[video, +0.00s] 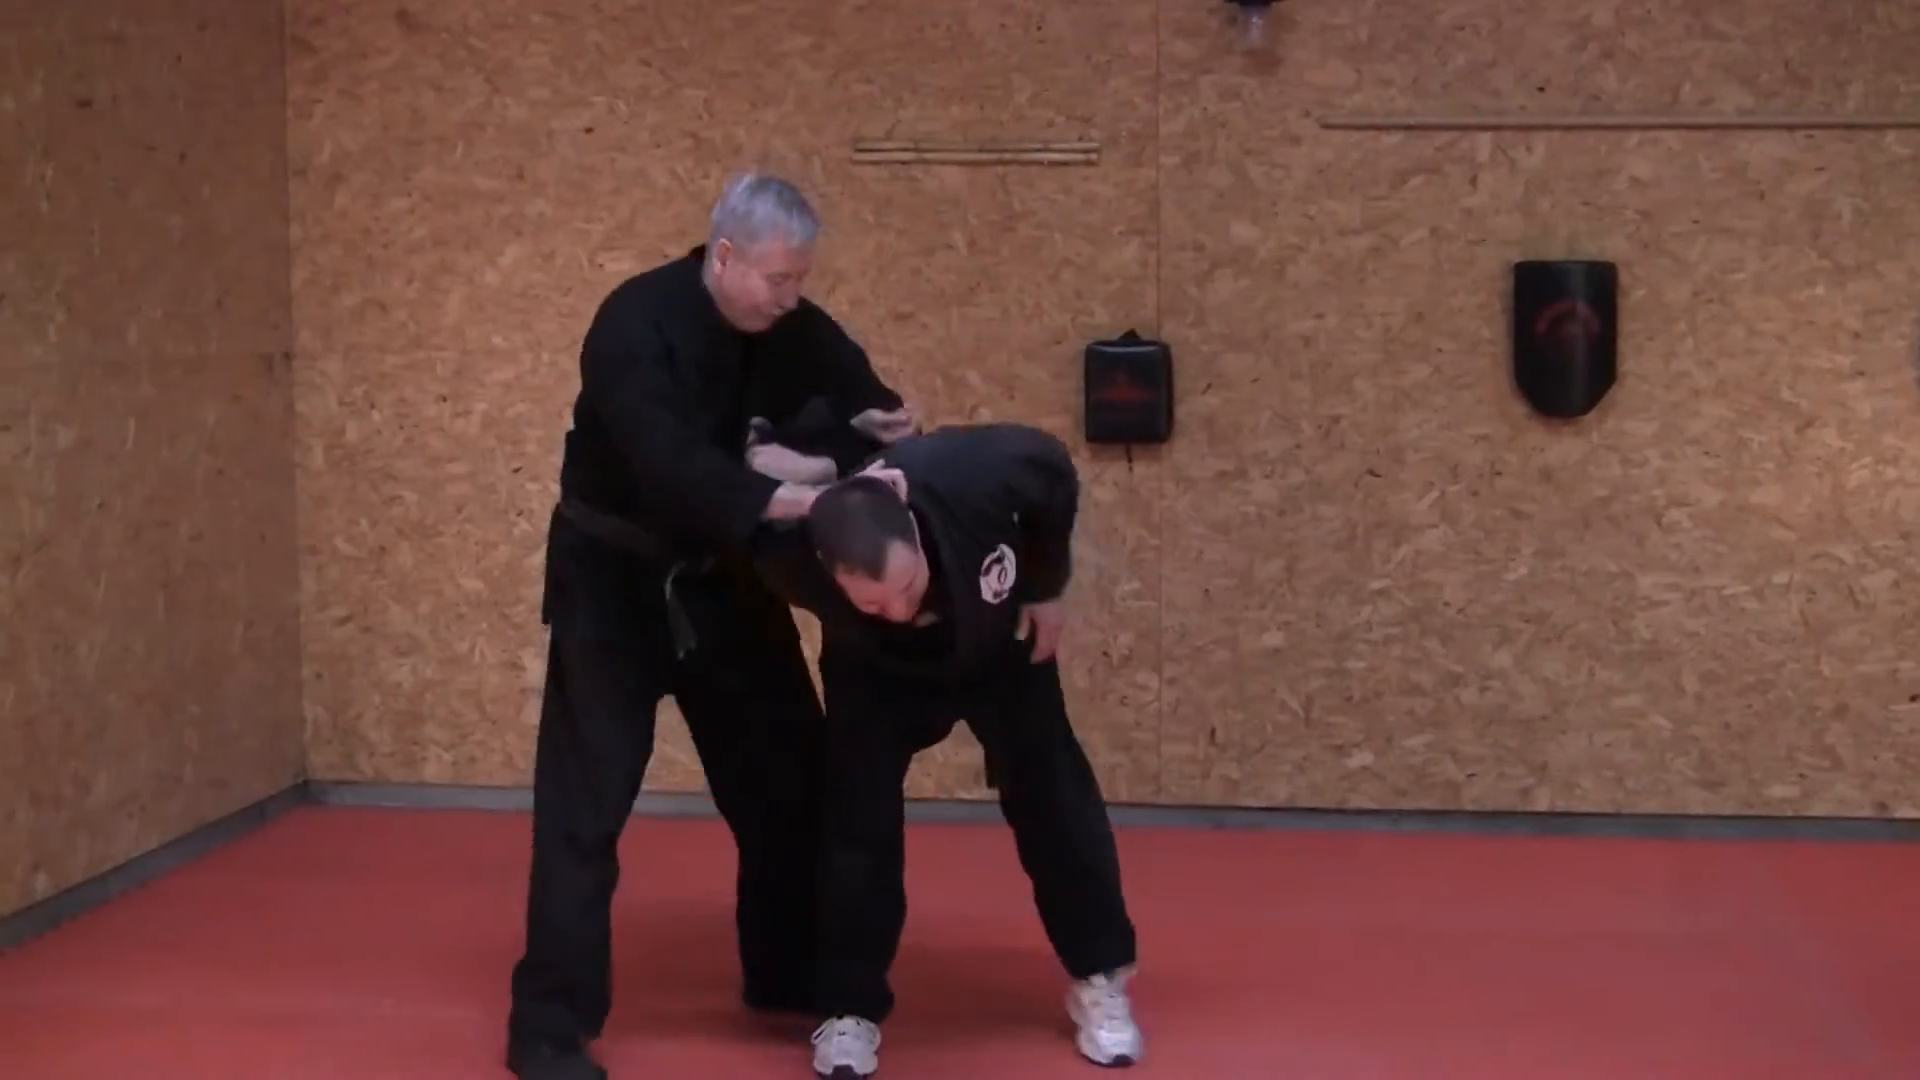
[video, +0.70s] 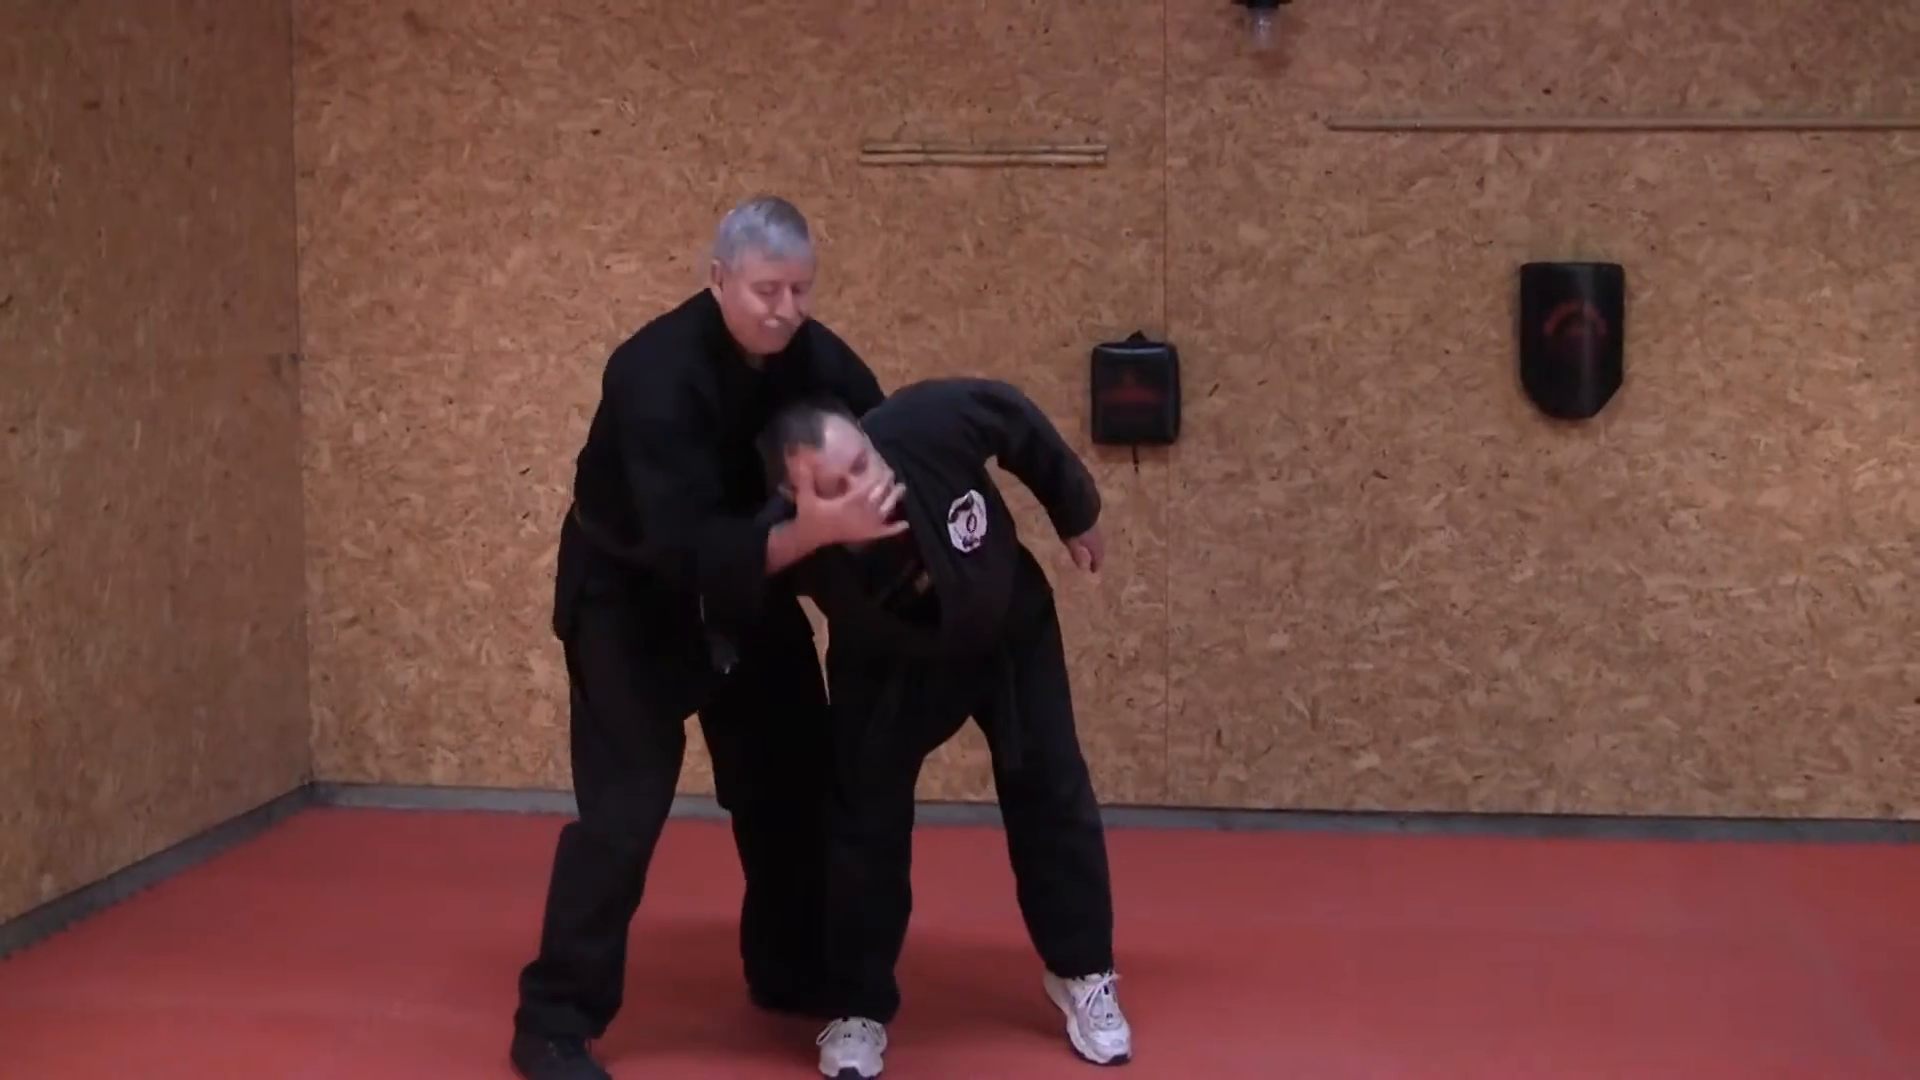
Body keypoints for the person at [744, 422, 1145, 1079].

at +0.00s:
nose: (898, 609)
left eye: (904, 589)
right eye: (875, 604)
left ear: (915, 535)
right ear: (832, 570)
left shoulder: (974, 479)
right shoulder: (794, 554)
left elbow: (1050, 471)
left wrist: (1046, 586)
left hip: (997, 641)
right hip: (875, 659)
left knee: (1056, 800)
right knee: (858, 820)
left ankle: (1098, 982)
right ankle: (852, 1012)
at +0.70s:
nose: (865, 487)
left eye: (862, 464)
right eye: (837, 486)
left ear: (869, 440)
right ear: (796, 498)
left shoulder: (928, 425)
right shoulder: (786, 538)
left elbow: (1013, 416)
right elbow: (734, 582)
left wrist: (1074, 511)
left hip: (1003, 621)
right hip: (883, 649)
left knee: (1050, 791)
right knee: (864, 816)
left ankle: (1083, 972)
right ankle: (858, 1011)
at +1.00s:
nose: (839, 375)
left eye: (842, 357)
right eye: (811, 376)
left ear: (865, 363)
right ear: (785, 413)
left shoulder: (940, 388)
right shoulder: (796, 497)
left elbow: (1024, 420)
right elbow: (753, 543)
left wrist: (1085, 494)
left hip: (1006, 622)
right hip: (888, 652)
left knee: (1053, 799)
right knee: (868, 822)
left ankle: (1079, 977)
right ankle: (851, 1011)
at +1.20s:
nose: (827, 309)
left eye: (825, 294)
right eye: (798, 309)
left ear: (852, 307)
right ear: (778, 358)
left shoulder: (944, 353)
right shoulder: (800, 462)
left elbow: (1023, 409)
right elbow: (762, 522)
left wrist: (1051, 505)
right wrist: (790, 389)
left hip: (1012, 622)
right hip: (895, 649)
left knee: (1062, 805)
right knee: (876, 831)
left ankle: (1078, 978)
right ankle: (850, 1012)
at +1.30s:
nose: (815, 283)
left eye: (816, 269)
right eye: (787, 285)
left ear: (846, 284)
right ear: (774, 338)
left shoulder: (951, 340)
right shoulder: (793, 442)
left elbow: (1037, 447)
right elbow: (765, 519)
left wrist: (982, 522)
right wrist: (782, 360)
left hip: (1006, 621)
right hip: (888, 642)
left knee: (1058, 807)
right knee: (870, 828)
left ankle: (1075, 980)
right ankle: (846, 1010)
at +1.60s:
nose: (838, 254)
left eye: (829, 243)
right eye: (810, 254)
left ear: (854, 269)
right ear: (784, 309)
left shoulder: (935, 334)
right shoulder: (788, 422)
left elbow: (1007, 400)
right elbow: (751, 511)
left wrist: (1052, 482)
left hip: (982, 619)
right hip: (866, 638)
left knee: (1038, 805)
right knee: (851, 828)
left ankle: (1067, 982)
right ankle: (837, 1013)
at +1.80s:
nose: (849, 251)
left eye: (839, 240)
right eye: (820, 253)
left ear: (866, 266)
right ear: (791, 311)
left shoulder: (935, 339)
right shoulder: (792, 416)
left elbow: (1003, 420)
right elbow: (741, 508)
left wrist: (1046, 500)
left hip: (968, 626)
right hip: (852, 642)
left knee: (1026, 807)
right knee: (841, 829)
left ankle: (1057, 981)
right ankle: (829, 1011)